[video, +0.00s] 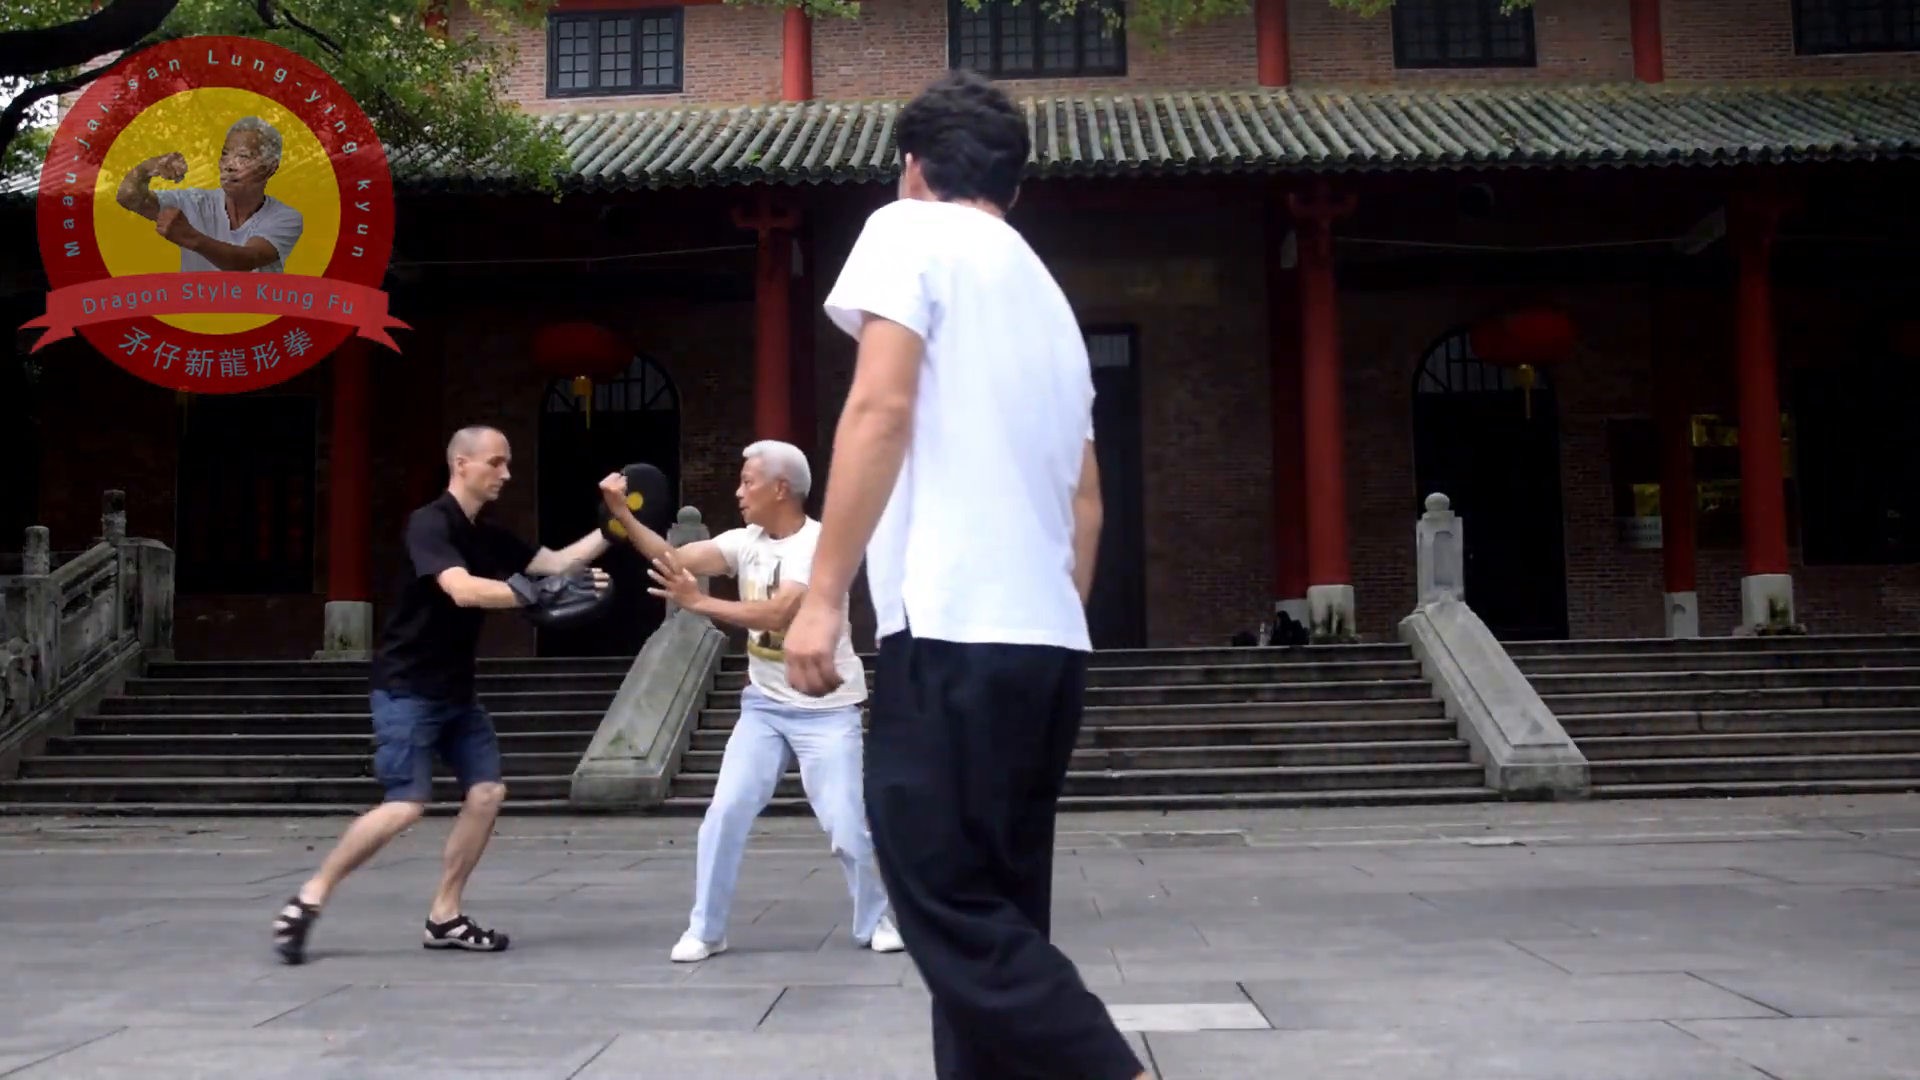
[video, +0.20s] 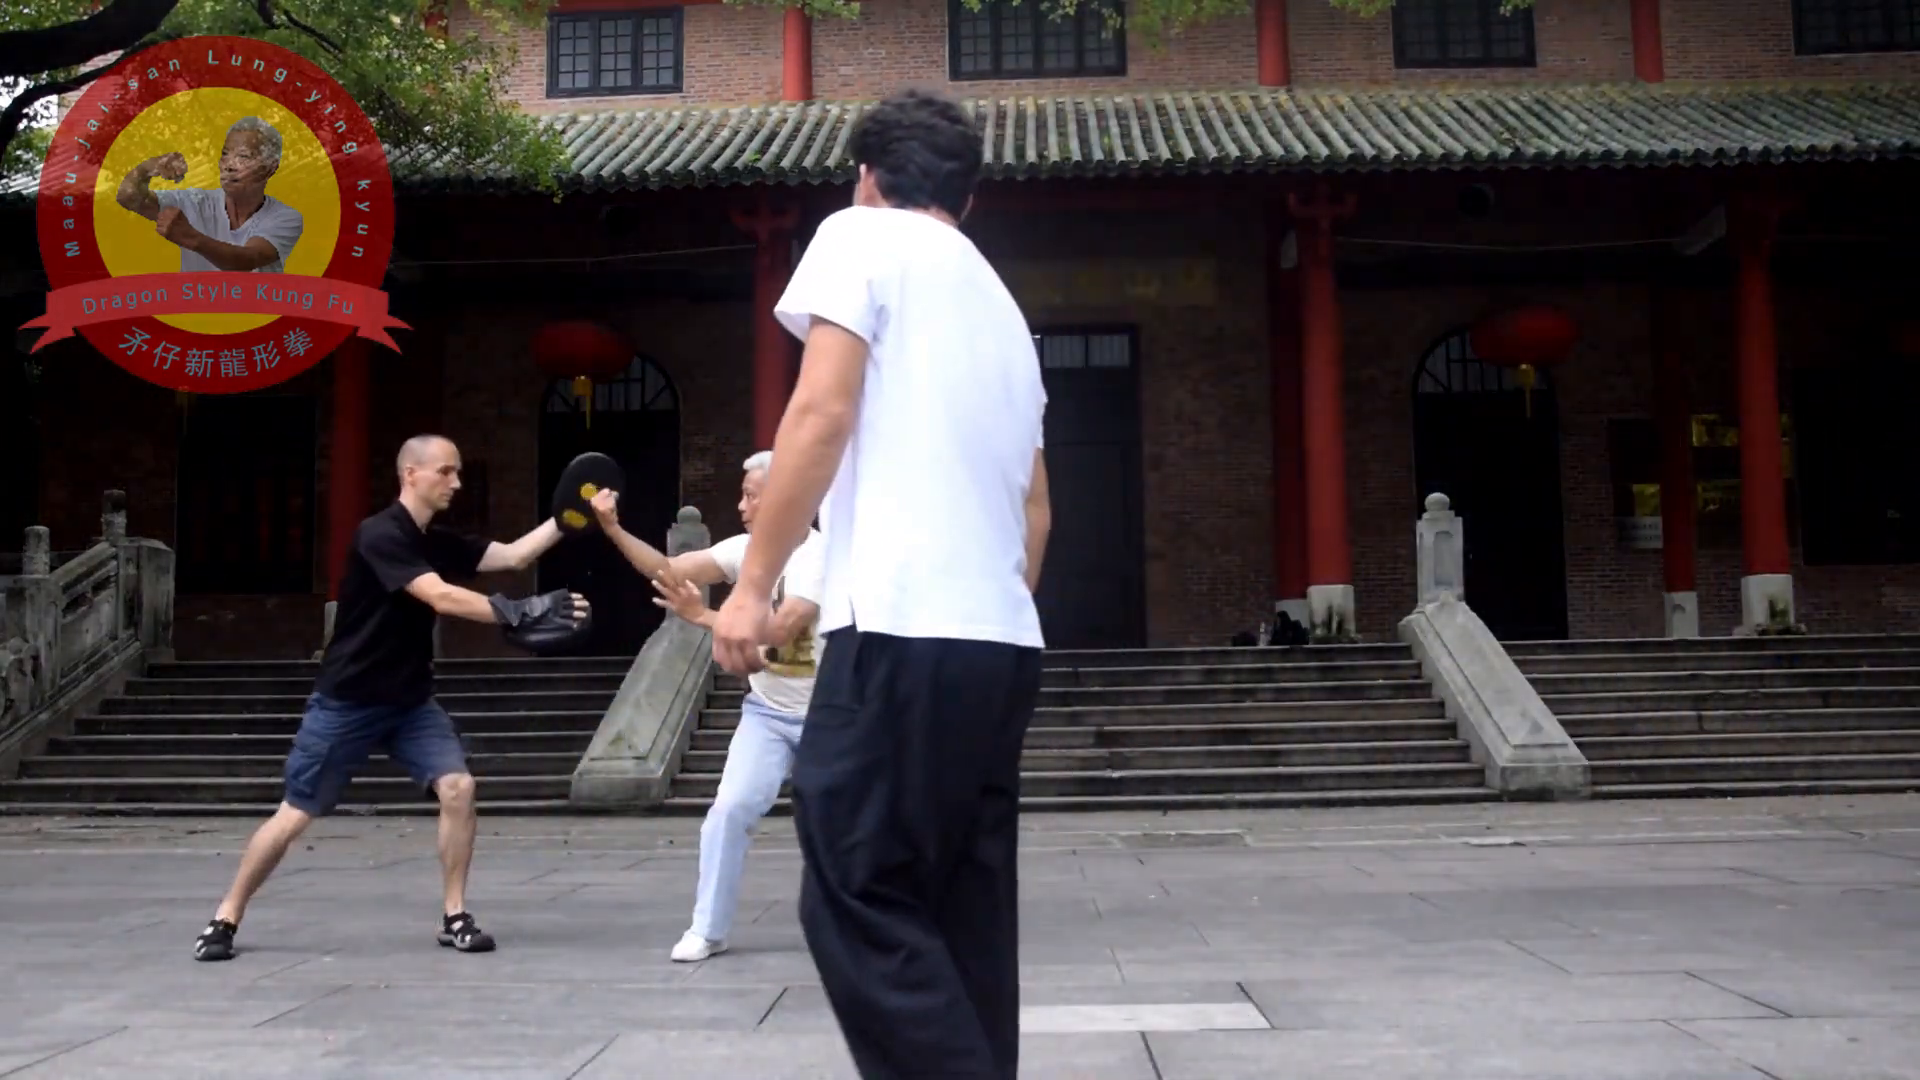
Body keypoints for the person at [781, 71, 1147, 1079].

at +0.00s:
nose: (896, 188)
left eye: (896, 176)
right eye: (898, 178)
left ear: (914, 173)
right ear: (1010, 184)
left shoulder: (911, 233)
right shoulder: (1051, 298)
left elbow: (881, 408)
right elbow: (1085, 500)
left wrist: (825, 594)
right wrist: (1050, 626)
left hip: (948, 641)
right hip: (1047, 648)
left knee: (944, 907)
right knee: (1003, 909)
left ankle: (1109, 1068)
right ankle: (982, 1075)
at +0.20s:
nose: (849, 194)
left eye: (850, 183)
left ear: (868, 181)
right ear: (965, 196)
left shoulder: (863, 236)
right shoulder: (1004, 312)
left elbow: (823, 411)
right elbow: (1035, 507)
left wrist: (754, 588)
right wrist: (995, 627)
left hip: (903, 635)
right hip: (1001, 642)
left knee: (855, 903)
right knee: (971, 901)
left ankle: (949, 1065)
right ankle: (983, 1071)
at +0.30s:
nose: (824, 199)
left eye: (825, 188)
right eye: (828, 188)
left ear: (846, 184)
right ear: (941, 199)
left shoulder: (841, 239)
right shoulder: (981, 316)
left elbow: (801, 414)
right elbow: (1013, 511)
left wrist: (730, 582)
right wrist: (977, 630)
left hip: (881, 635)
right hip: (978, 644)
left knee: (810, 900)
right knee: (953, 912)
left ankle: (849, 1067)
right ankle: (964, 1071)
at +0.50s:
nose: (768, 203)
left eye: (769, 190)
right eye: (770, 192)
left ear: (790, 190)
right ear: (886, 202)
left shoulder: (779, 248)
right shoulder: (929, 315)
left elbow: (751, 419)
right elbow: (967, 503)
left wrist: (696, 601)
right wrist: (945, 633)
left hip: (821, 641)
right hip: (929, 648)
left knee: (734, 922)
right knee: (926, 922)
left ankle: (695, 1065)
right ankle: (949, 1071)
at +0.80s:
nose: (637, 190)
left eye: (641, 179)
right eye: (642, 179)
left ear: (654, 185)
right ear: (760, 205)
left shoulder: (626, 262)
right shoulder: (804, 314)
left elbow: (598, 444)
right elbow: (851, 502)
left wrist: (554, 637)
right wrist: (849, 661)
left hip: (666, 671)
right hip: (794, 672)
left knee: (592, 942)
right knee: (851, 922)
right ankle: (911, 1072)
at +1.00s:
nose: (539, 165)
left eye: (540, 153)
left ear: (553, 161)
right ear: (661, 176)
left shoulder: (524, 247)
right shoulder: (713, 291)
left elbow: (481, 441)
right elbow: (764, 480)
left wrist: (428, 623)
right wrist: (745, 639)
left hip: (574, 656)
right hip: (701, 653)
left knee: (544, 916)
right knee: (710, 883)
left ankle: (553, 1074)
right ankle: (821, 1064)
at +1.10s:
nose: (499, 164)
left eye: (500, 152)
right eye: (507, 151)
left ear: (512, 160)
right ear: (620, 169)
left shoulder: (483, 247)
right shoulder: (679, 288)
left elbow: (427, 446)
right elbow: (731, 476)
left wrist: (372, 628)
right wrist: (714, 636)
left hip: (548, 656)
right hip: (672, 651)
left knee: (522, 924)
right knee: (648, 887)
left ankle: (549, 1076)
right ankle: (735, 1064)